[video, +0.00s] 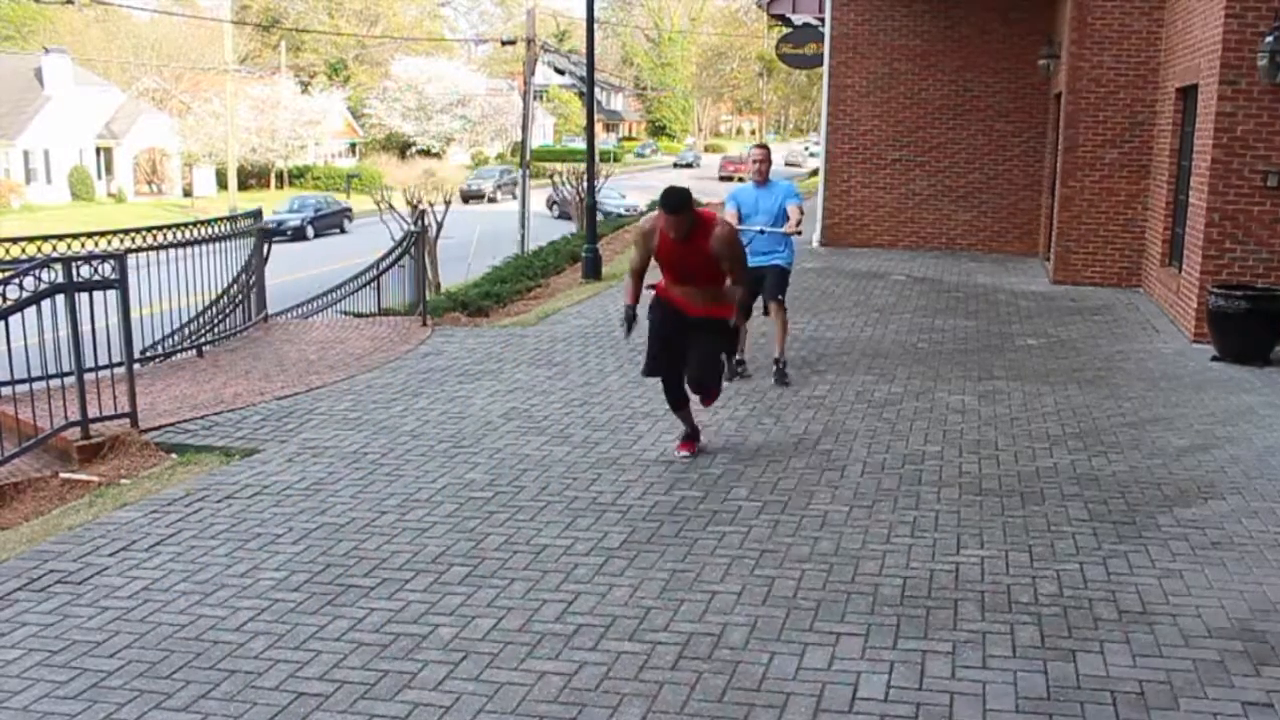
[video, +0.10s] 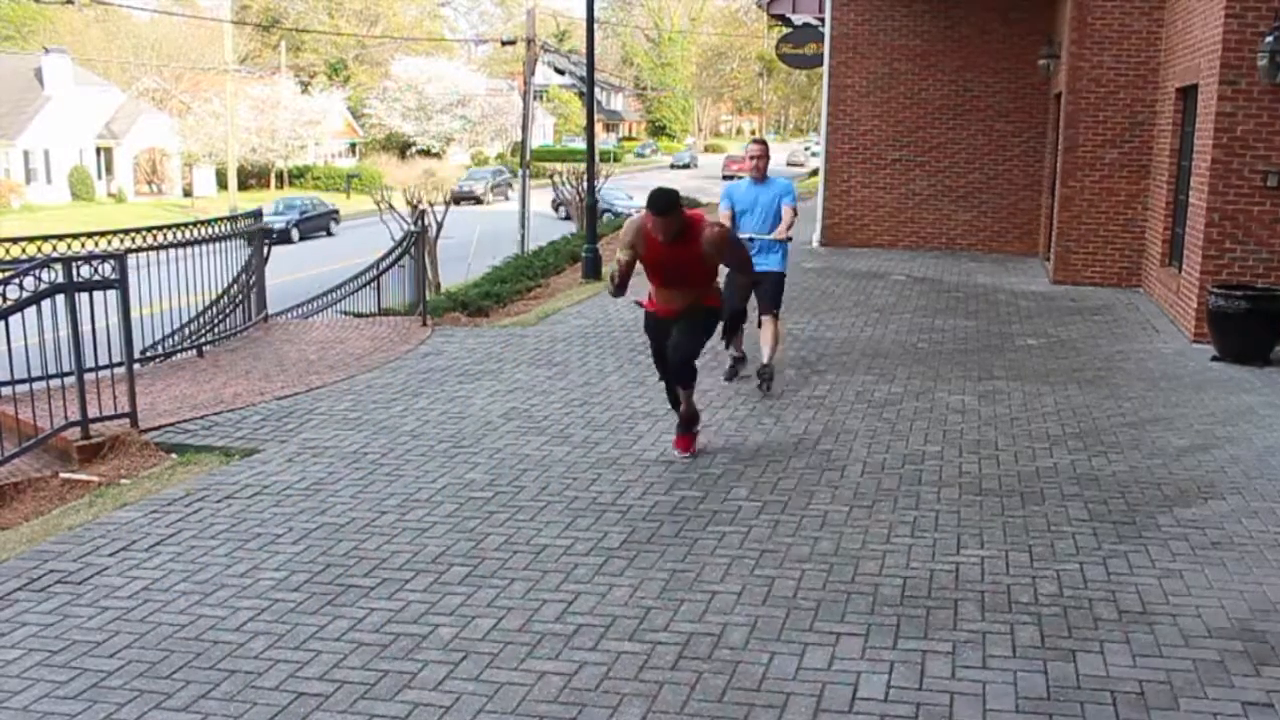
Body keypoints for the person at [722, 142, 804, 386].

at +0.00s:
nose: (758, 166)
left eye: (763, 162)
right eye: (754, 162)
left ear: (770, 164)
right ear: (747, 164)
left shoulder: (785, 189)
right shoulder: (737, 194)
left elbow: (795, 209)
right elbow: (730, 218)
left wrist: (793, 222)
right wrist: (733, 229)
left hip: (777, 256)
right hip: (747, 257)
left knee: (775, 301)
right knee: (740, 309)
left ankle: (779, 359)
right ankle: (738, 357)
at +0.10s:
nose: (756, 163)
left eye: (761, 158)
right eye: (752, 158)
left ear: (768, 160)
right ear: (745, 160)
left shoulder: (782, 187)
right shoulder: (731, 189)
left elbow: (789, 215)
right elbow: (725, 220)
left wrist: (782, 228)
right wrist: (728, 238)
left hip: (771, 261)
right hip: (741, 261)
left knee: (768, 313)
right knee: (731, 312)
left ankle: (766, 365)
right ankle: (736, 354)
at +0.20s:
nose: (754, 164)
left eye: (759, 159)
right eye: (750, 159)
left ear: (767, 161)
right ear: (743, 161)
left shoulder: (780, 189)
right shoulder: (730, 190)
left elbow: (784, 213)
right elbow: (719, 219)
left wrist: (774, 227)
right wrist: (720, 237)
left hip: (764, 264)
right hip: (734, 263)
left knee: (760, 320)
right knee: (724, 316)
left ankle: (756, 379)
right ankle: (726, 351)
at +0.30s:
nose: (748, 166)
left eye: (753, 161)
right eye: (744, 161)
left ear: (761, 164)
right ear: (736, 164)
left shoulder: (776, 192)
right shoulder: (722, 194)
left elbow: (781, 221)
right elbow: (711, 225)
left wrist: (767, 231)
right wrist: (711, 238)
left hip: (761, 268)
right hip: (726, 267)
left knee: (760, 324)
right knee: (717, 322)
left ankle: (755, 379)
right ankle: (713, 377)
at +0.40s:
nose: (734, 165)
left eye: (740, 161)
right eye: (730, 160)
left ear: (751, 164)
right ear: (726, 162)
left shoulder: (767, 192)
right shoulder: (711, 195)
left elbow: (773, 220)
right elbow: (702, 227)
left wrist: (765, 233)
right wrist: (696, 239)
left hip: (753, 273)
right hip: (717, 272)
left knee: (754, 329)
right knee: (709, 332)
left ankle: (755, 376)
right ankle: (700, 389)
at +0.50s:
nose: (724, 168)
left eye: (729, 163)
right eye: (720, 163)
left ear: (739, 167)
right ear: (714, 166)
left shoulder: (756, 198)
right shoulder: (698, 198)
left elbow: (767, 223)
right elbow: (691, 224)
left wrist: (763, 235)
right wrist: (691, 235)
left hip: (743, 277)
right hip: (707, 278)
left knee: (743, 329)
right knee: (701, 340)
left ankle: (752, 379)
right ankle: (697, 402)